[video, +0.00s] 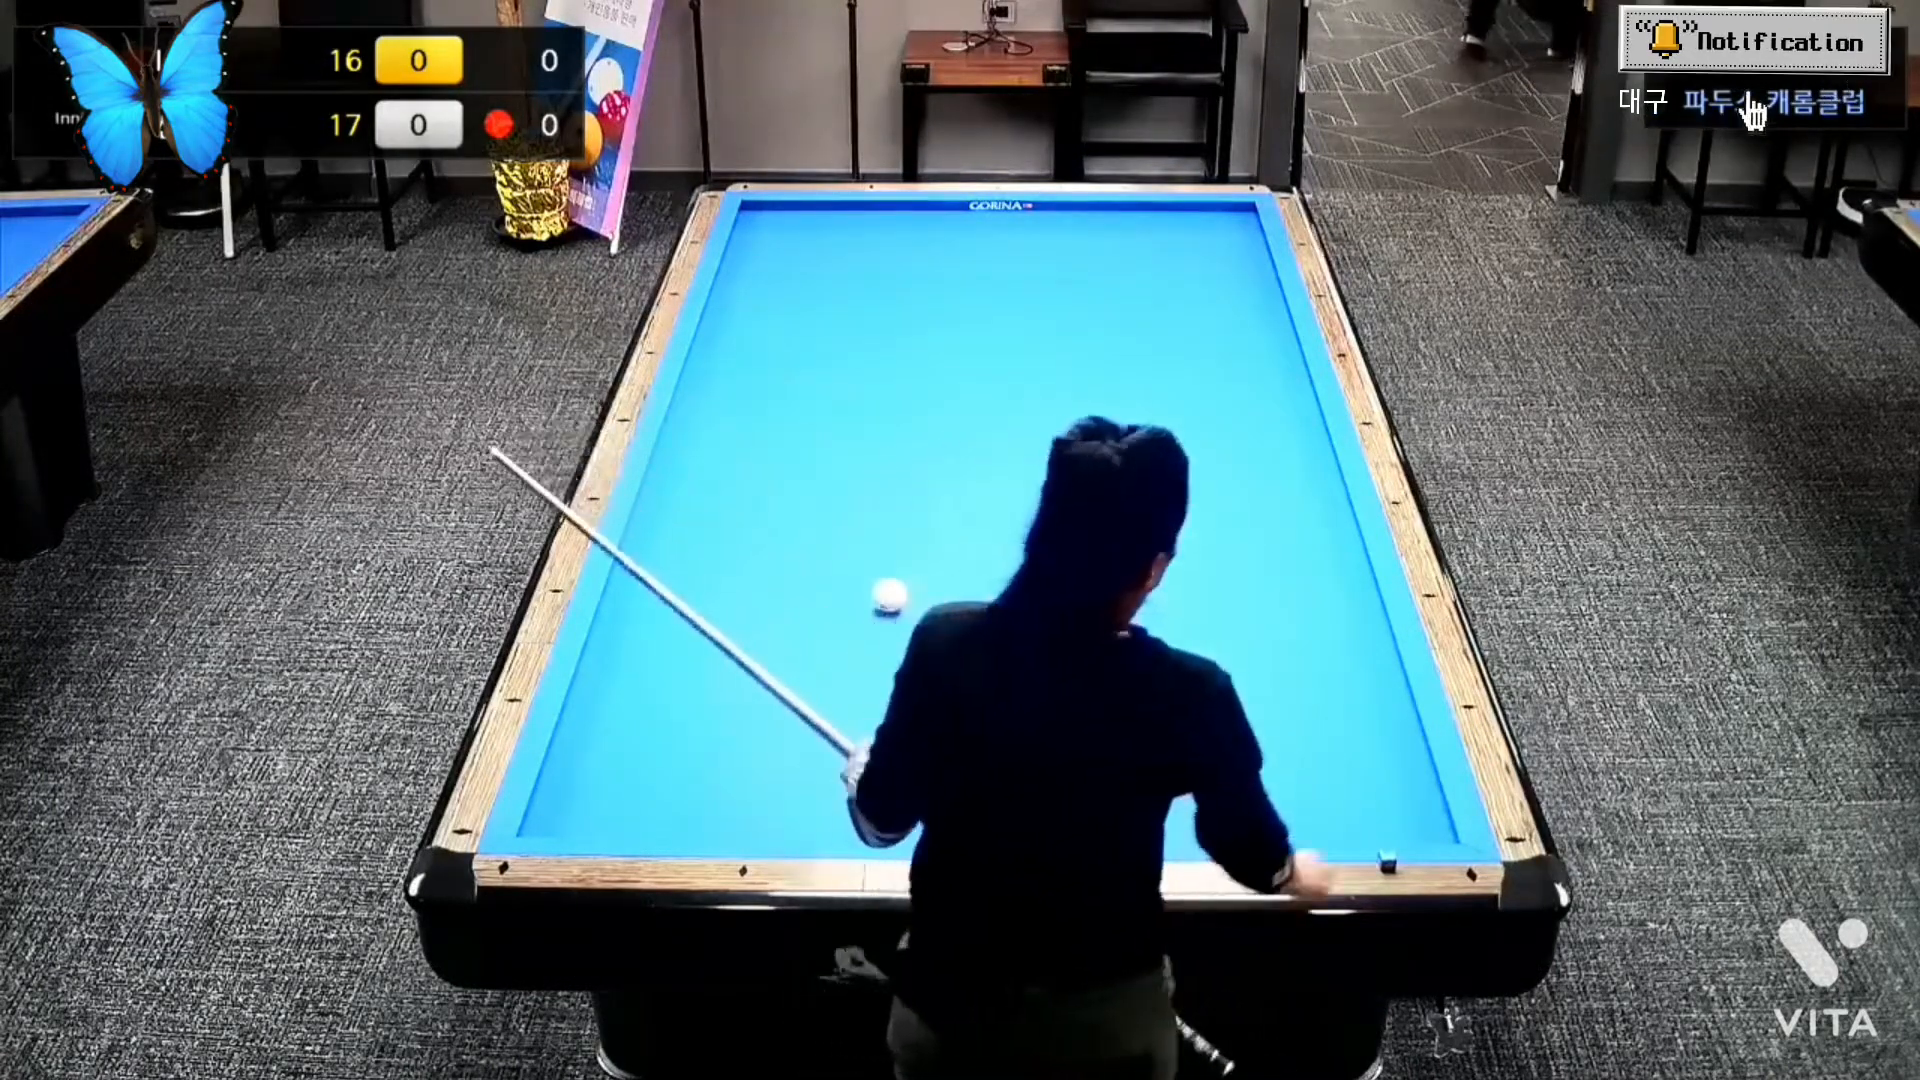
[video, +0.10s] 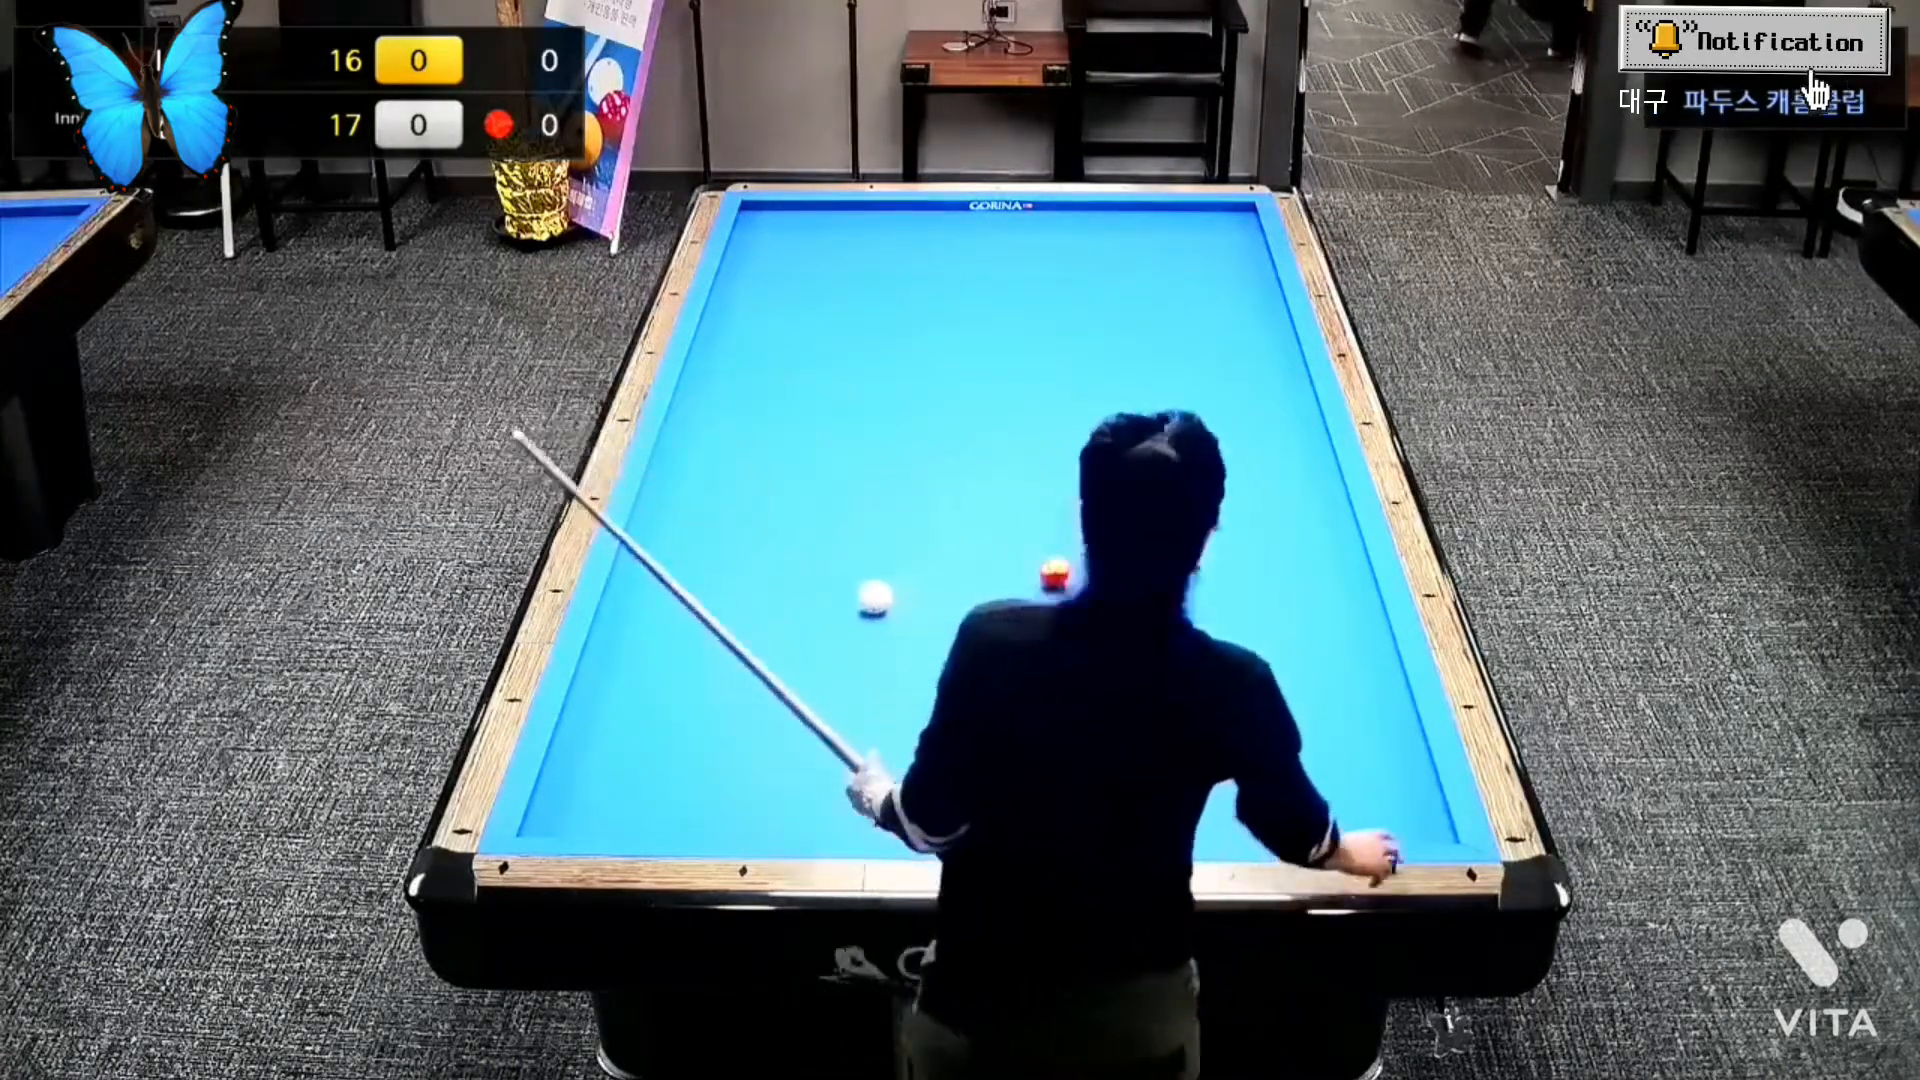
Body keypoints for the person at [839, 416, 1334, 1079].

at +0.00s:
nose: (1165, 568)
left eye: (1166, 549)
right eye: (1168, 550)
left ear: (1048, 529)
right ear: (1152, 564)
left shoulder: (948, 643)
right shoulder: (1187, 692)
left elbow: (881, 819)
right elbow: (1246, 842)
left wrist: (862, 773)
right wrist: (1288, 877)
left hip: (948, 1004)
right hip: (1111, 1010)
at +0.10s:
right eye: (1210, 517)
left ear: (1087, 515)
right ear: (1205, 532)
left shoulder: (997, 640)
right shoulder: (1230, 683)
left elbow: (932, 822)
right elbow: (1290, 822)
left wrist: (881, 800)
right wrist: (1347, 854)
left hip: (978, 997)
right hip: (1141, 1001)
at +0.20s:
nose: (1100, 509)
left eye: (1104, 497)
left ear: (1115, 514)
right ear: (1228, 515)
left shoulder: (1028, 637)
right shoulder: (1257, 669)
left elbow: (966, 820)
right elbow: (1308, 795)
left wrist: (893, 810)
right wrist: (1365, 844)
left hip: (1005, 994)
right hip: (1163, 995)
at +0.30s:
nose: (1110, 517)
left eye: (1113, 499)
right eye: (1117, 498)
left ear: (1126, 515)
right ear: (1231, 508)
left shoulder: (1047, 636)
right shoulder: (1264, 648)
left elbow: (991, 825)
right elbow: (1312, 788)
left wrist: (905, 822)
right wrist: (1368, 844)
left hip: (1026, 990)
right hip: (1178, 989)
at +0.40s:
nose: (1111, 519)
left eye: (1116, 500)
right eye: (1117, 498)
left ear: (1129, 520)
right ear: (1226, 510)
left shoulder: (1055, 636)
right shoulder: (1264, 645)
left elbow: (999, 830)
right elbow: (1311, 787)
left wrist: (898, 821)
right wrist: (1365, 848)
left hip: (1032, 987)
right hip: (1183, 984)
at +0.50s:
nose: (1108, 523)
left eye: (1112, 503)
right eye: (1113, 500)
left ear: (1125, 524)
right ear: (1225, 516)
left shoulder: (1056, 643)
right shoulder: (1263, 645)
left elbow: (995, 836)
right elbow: (1300, 795)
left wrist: (874, 822)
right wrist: (1351, 848)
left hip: (1034, 988)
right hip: (1185, 985)